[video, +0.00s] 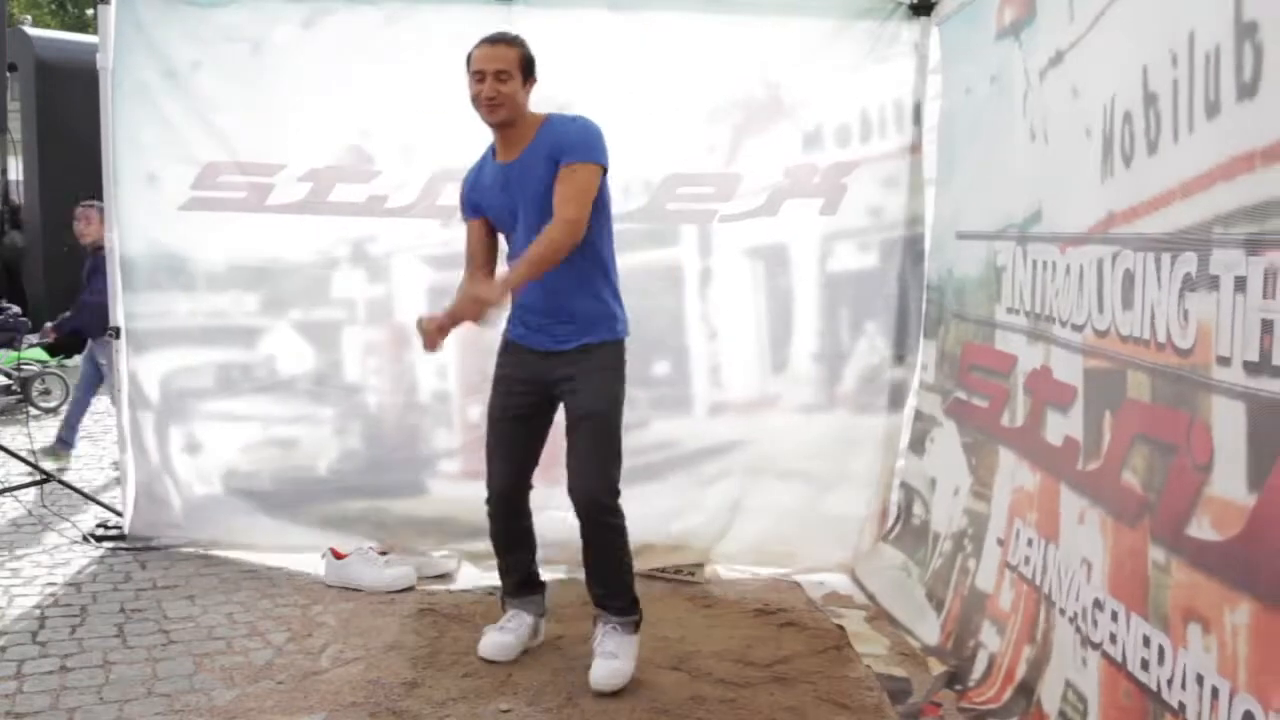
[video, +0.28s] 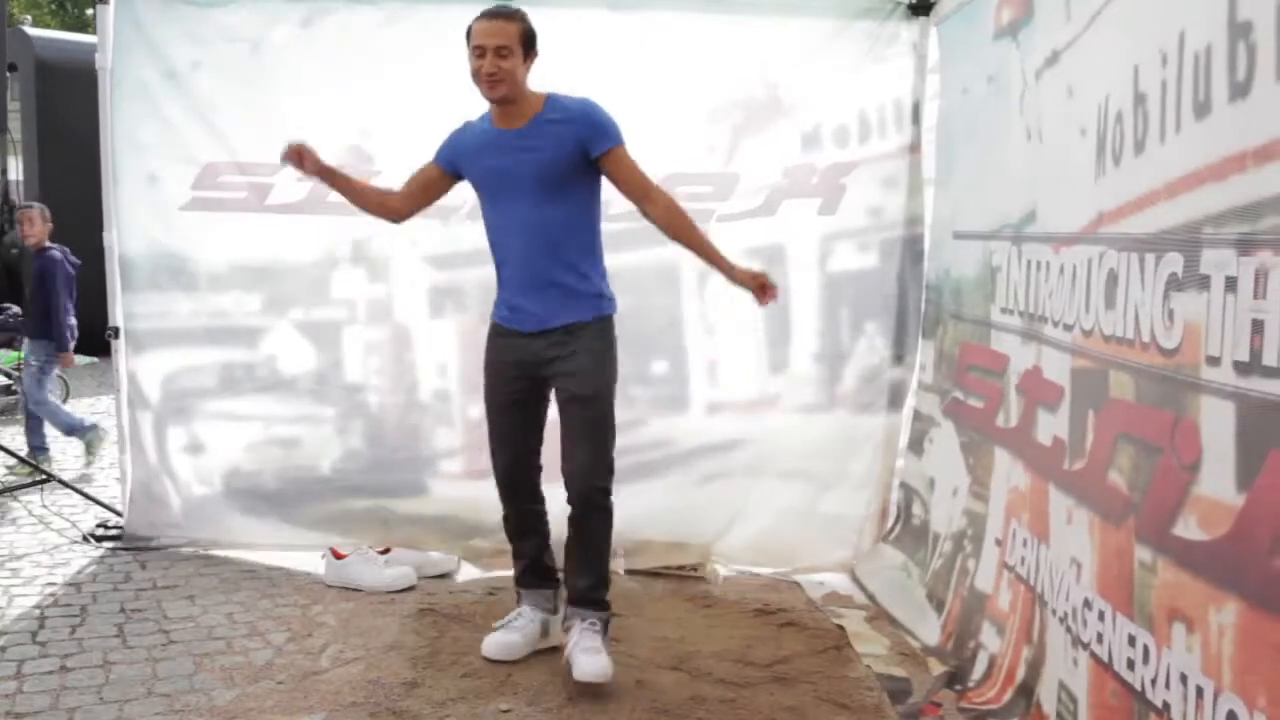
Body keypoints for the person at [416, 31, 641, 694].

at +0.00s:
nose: (491, 88)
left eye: (503, 77)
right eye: (480, 78)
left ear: (529, 84)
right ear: (469, 90)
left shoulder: (575, 136)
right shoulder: (479, 180)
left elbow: (568, 230)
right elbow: (480, 278)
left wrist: (501, 285)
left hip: (592, 345)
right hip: (524, 346)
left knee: (592, 493)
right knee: (504, 489)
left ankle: (617, 624)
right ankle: (523, 609)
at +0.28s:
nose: (491, 66)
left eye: (504, 54)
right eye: (480, 55)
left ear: (529, 59)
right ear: (469, 63)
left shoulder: (578, 120)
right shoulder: (468, 142)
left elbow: (650, 199)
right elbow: (397, 206)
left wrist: (729, 268)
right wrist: (327, 174)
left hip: (583, 328)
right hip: (511, 333)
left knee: (588, 479)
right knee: (514, 479)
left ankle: (587, 620)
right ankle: (536, 604)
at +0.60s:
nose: (532, 90)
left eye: (544, 78)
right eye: (521, 79)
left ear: (570, 81)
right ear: (509, 83)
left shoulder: (607, 155)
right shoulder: (482, 148)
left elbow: (639, 241)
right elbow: (385, 175)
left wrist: (667, 320)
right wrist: (394, 99)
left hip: (582, 348)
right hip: (505, 353)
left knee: (592, 484)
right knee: (515, 498)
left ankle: (585, 615)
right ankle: (544, 615)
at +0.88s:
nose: (552, 75)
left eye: (564, 63)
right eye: (542, 64)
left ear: (593, 66)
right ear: (530, 70)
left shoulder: (626, 153)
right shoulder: (502, 124)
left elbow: (623, 256)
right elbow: (430, 169)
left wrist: (615, 343)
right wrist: (431, 133)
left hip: (583, 345)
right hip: (507, 339)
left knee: (585, 497)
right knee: (506, 484)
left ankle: (586, 631)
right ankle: (527, 602)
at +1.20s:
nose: (525, 79)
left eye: (536, 65)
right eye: (512, 69)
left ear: (563, 64)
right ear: (502, 77)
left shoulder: (616, 120)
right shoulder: (505, 151)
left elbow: (692, 163)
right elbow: (430, 213)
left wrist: (677, 138)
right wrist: (369, 175)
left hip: (605, 341)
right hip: (530, 333)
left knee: (600, 492)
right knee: (478, 465)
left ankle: (589, 629)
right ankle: (515, 561)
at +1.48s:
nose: (502, 103)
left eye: (514, 91)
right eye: (491, 93)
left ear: (542, 93)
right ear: (482, 101)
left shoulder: (579, 135)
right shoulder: (503, 181)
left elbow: (626, 125)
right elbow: (426, 238)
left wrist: (559, 83)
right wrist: (379, 165)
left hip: (609, 351)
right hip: (545, 355)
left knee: (597, 503)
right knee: (520, 499)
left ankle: (615, 647)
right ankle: (569, 622)